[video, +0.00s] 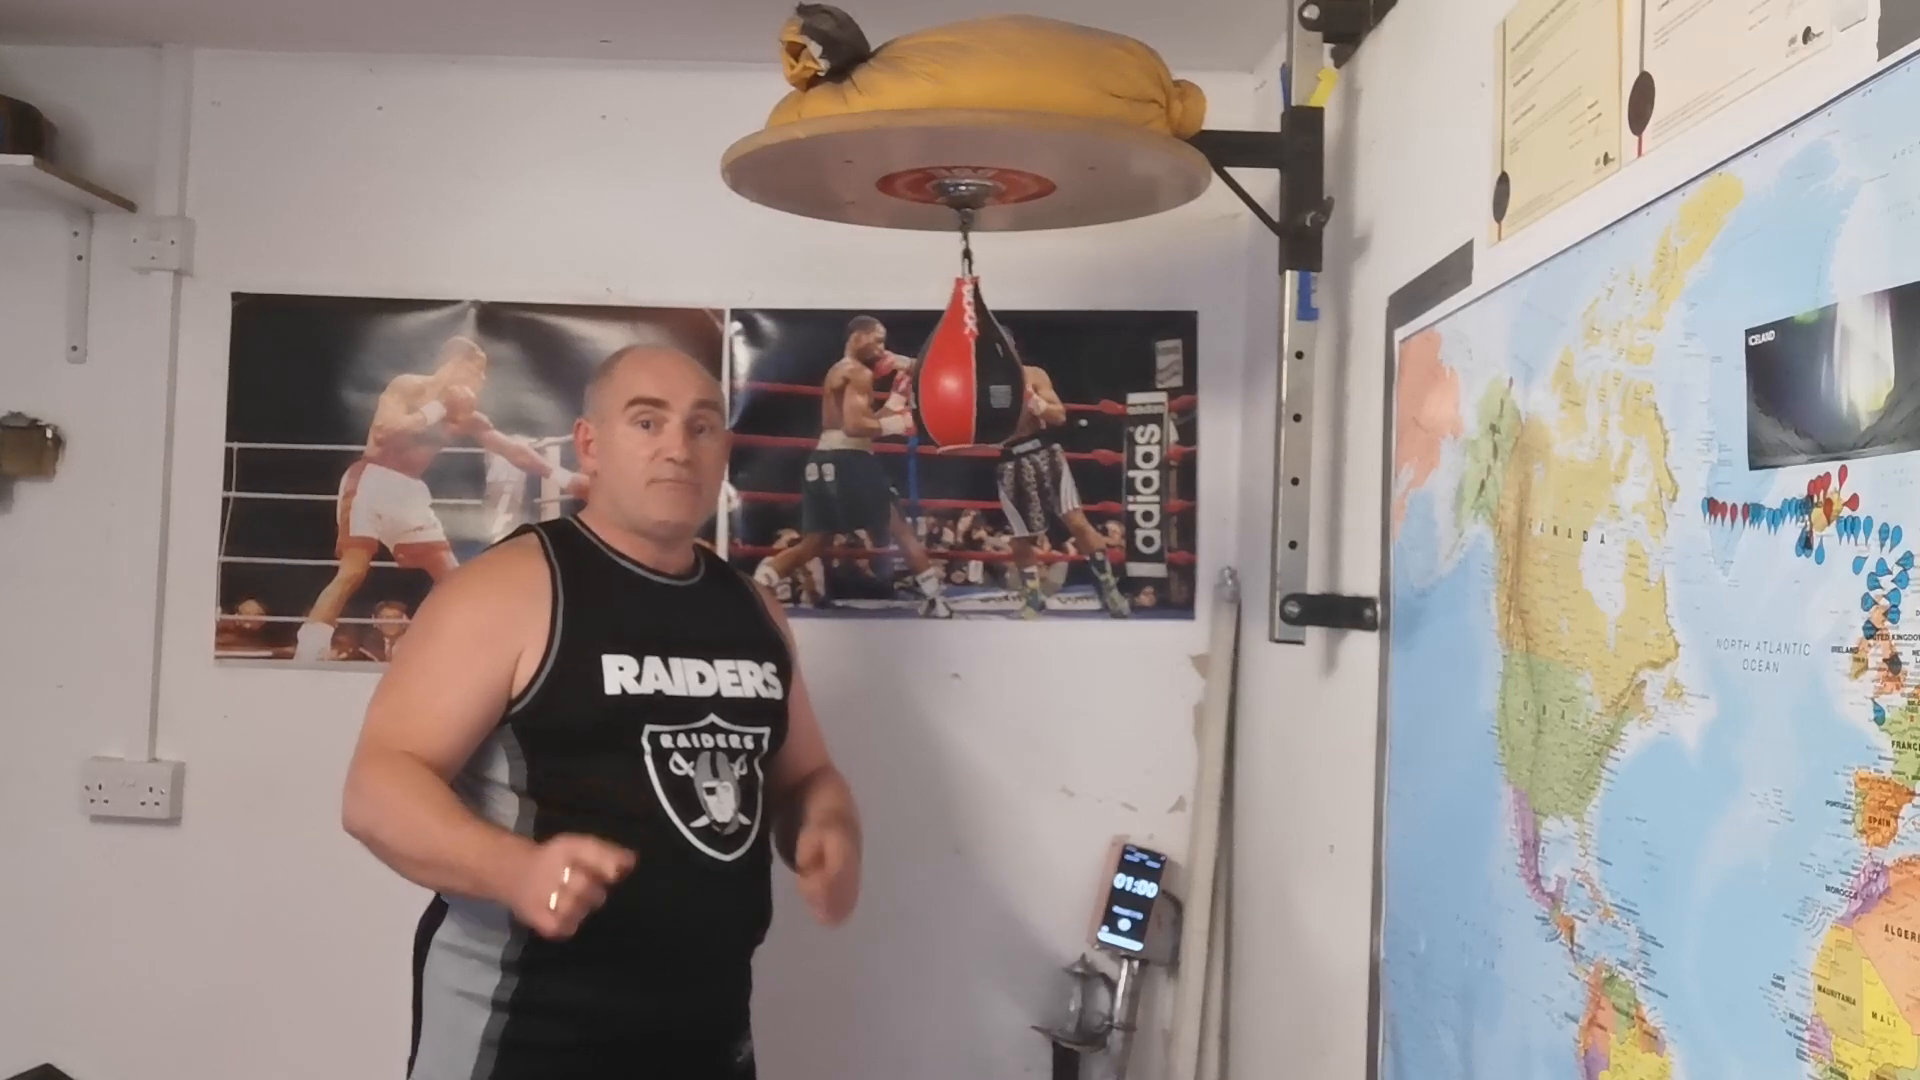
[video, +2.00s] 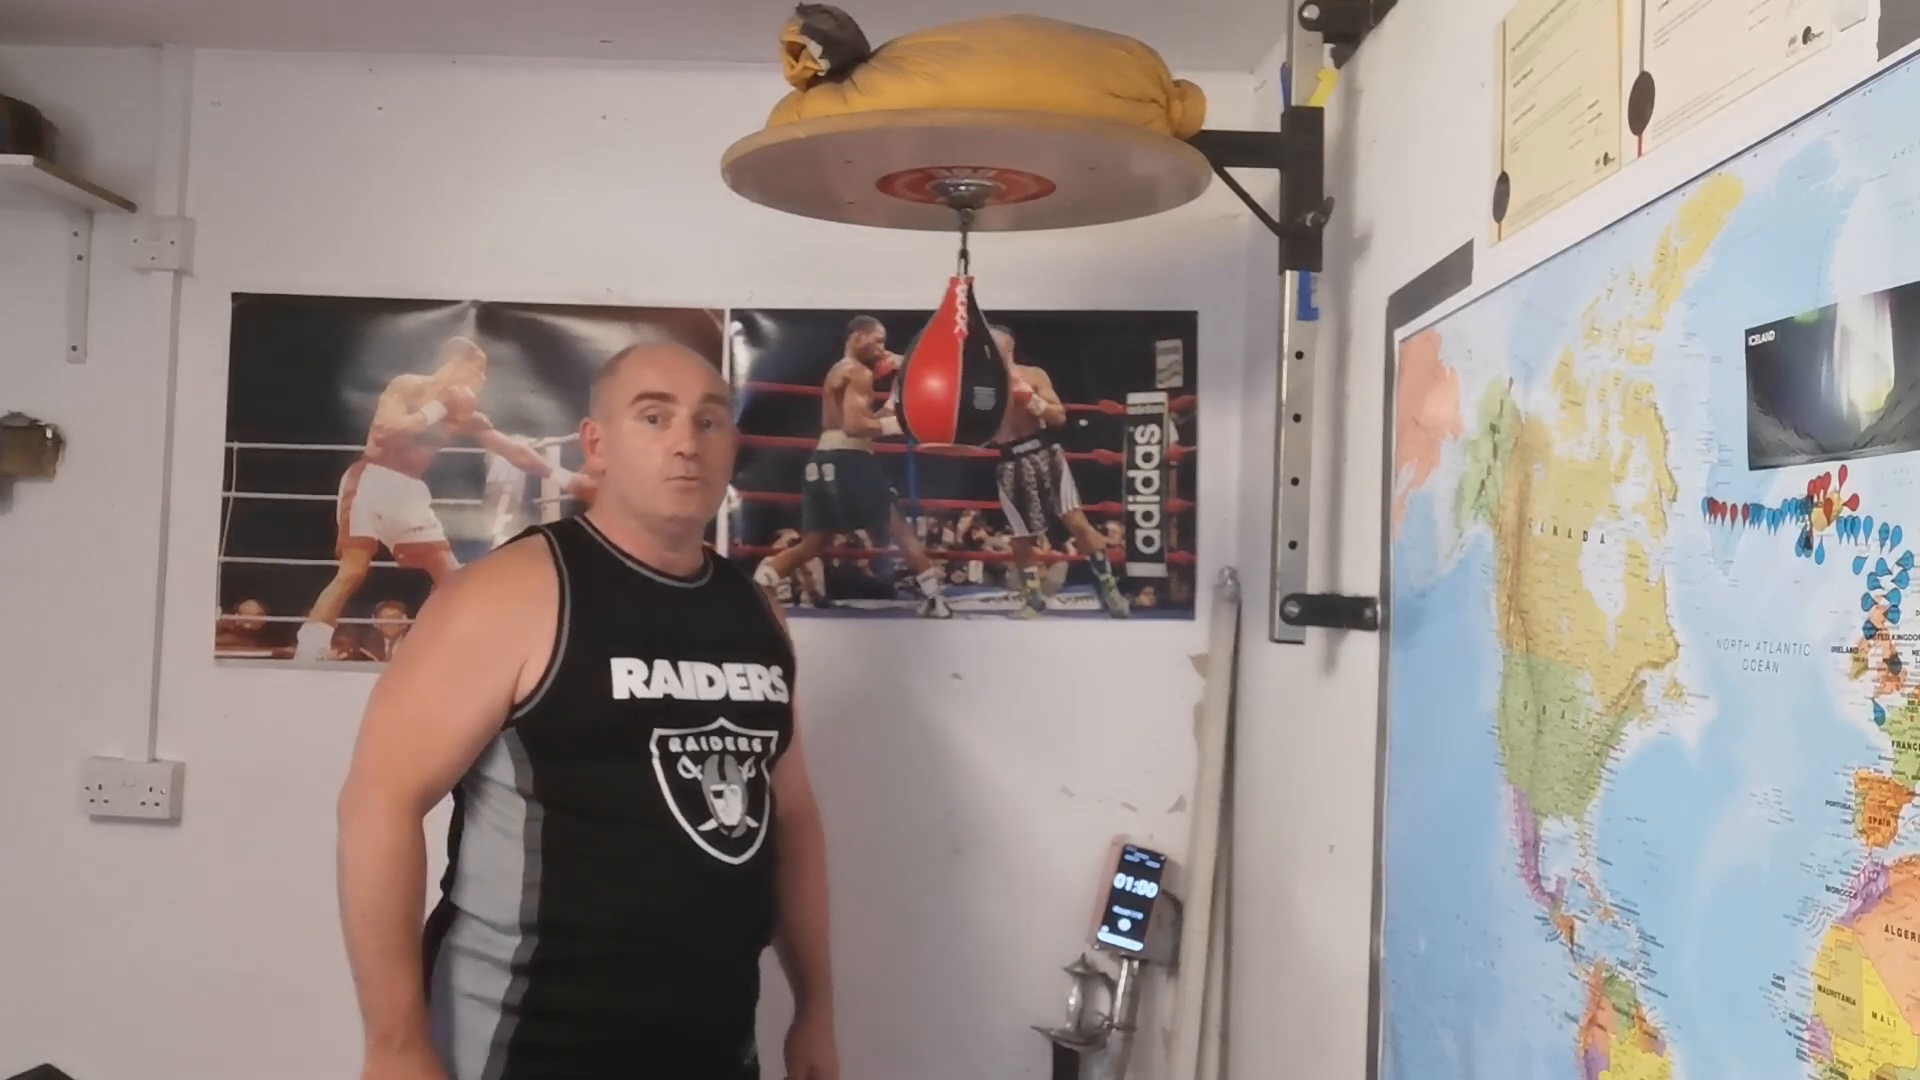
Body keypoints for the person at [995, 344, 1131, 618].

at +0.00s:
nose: (1002, 358)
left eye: (1005, 350)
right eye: (995, 353)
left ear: (1014, 349)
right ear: (987, 359)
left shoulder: (1033, 375)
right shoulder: (983, 387)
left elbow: (1059, 416)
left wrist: (1040, 407)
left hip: (1046, 456)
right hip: (1011, 465)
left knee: (1077, 524)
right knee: (1021, 537)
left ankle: (1109, 590)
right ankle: (1032, 599)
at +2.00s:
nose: (996, 355)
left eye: (999, 348)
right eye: (991, 349)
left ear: (1010, 347)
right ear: (985, 352)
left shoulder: (1034, 375)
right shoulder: (983, 383)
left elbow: (1059, 416)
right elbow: (978, 429)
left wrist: (1037, 404)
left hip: (1046, 456)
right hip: (1011, 464)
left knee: (1075, 522)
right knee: (1022, 537)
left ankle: (1108, 587)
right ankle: (1032, 597)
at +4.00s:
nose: (991, 356)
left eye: (995, 348)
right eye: (986, 350)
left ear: (1009, 348)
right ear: (982, 354)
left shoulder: (1033, 375)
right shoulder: (983, 386)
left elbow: (1059, 416)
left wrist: (1032, 400)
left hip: (1046, 457)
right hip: (1011, 465)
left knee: (1076, 523)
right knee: (1021, 537)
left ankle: (1109, 587)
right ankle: (1032, 596)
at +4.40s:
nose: (1003, 354)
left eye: (1006, 346)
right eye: (997, 349)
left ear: (1014, 348)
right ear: (988, 356)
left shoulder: (1034, 376)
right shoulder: (984, 385)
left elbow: (1058, 417)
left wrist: (1038, 405)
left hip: (1046, 456)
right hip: (1012, 465)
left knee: (1076, 523)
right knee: (1022, 538)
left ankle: (1108, 588)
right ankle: (1032, 598)